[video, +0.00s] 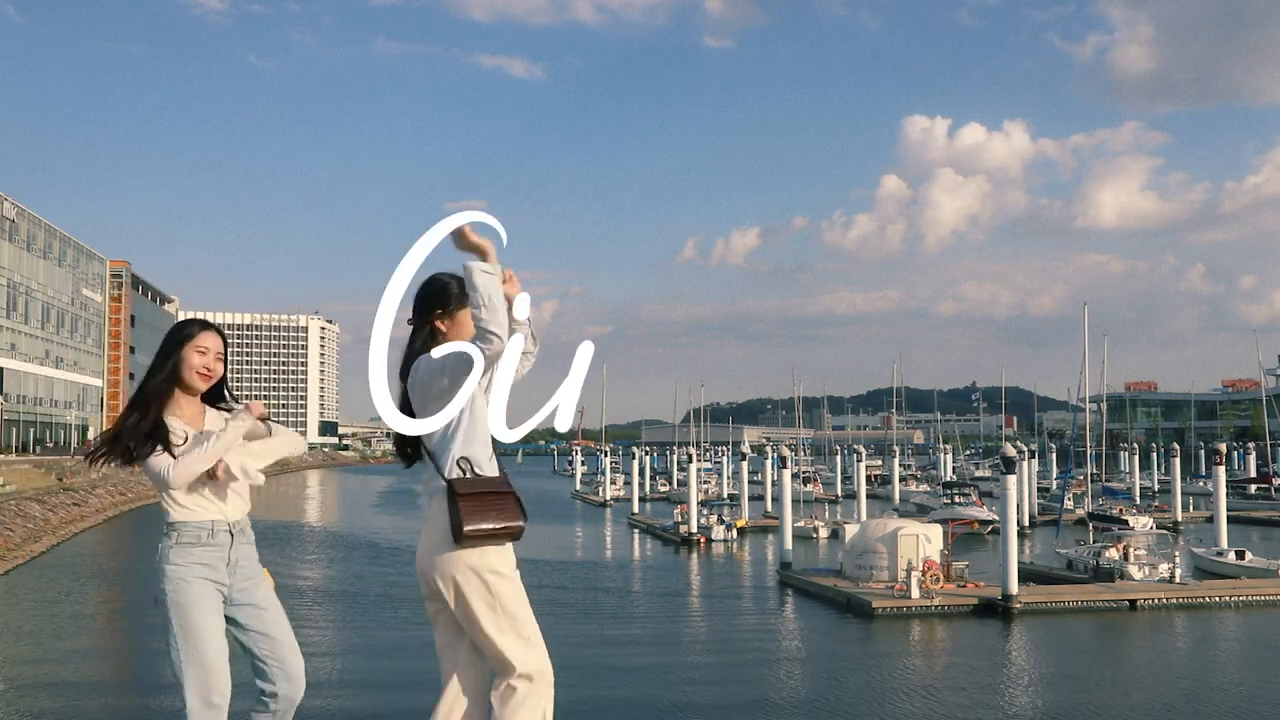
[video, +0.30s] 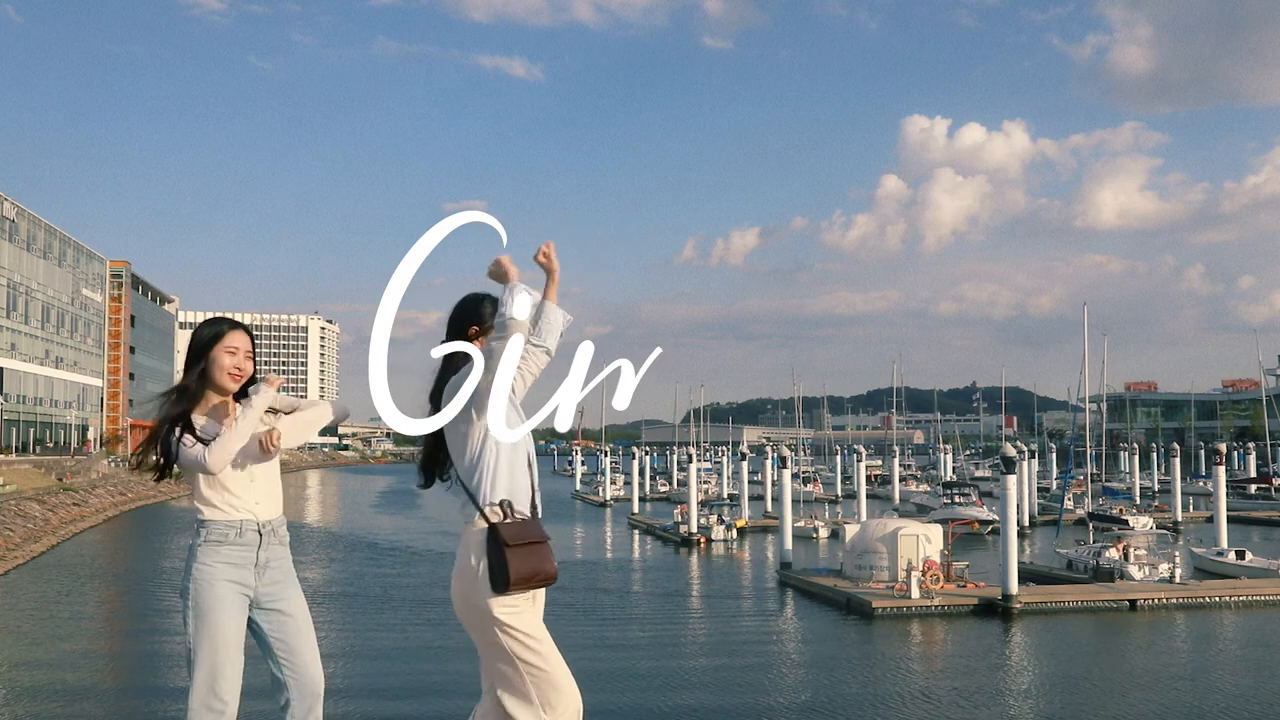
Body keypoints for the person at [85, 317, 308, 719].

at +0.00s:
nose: (211, 364)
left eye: (219, 358)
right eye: (200, 352)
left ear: (223, 368)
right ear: (174, 356)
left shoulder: (231, 418)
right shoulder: (147, 423)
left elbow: (296, 442)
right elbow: (174, 476)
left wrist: (237, 461)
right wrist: (239, 424)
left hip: (245, 558)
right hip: (190, 560)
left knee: (288, 681)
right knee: (210, 696)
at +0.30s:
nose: (241, 364)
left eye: (248, 357)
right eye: (230, 353)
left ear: (252, 365)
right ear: (203, 357)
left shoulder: (258, 405)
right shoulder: (178, 426)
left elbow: (329, 409)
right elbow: (212, 461)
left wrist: (284, 431)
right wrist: (259, 400)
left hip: (277, 559)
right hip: (220, 559)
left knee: (309, 685)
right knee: (218, 696)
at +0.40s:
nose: (259, 361)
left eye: (265, 354)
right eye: (248, 350)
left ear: (269, 364)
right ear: (219, 356)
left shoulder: (277, 412)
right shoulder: (198, 423)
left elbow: (341, 421)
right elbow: (219, 462)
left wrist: (295, 407)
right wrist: (284, 435)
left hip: (283, 561)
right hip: (232, 560)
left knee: (319, 687)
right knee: (220, 697)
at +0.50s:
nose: (283, 366)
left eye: (283, 357)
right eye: (273, 356)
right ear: (243, 364)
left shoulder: (282, 422)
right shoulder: (222, 428)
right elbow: (258, 468)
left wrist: (314, 435)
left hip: (297, 562)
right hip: (257, 562)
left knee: (325, 695)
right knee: (245, 699)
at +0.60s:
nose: (302, 374)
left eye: (299, 365)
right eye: (296, 366)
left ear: (273, 378)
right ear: (275, 376)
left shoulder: (282, 434)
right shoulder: (253, 434)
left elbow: (335, 464)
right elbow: (328, 438)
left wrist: (391, 461)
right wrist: (331, 434)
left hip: (312, 568)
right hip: (279, 572)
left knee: (337, 693)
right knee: (298, 701)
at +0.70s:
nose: (315, 379)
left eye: (312, 371)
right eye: (310, 371)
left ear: (266, 377)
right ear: (298, 377)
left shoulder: (286, 434)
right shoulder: (292, 426)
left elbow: (347, 448)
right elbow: (361, 384)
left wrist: (390, 430)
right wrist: (352, 366)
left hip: (309, 580)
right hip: (299, 583)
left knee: (348, 697)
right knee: (351, 706)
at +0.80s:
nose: (336, 365)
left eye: (331, 358)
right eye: (327, 360)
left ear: (280, 371)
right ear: (311, 370)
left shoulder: (285, 423)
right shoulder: (317, 414)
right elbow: (380, 360)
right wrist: (381, 309)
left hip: (301, 579)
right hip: (317, 583)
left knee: (334, 700)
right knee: (382, 695)